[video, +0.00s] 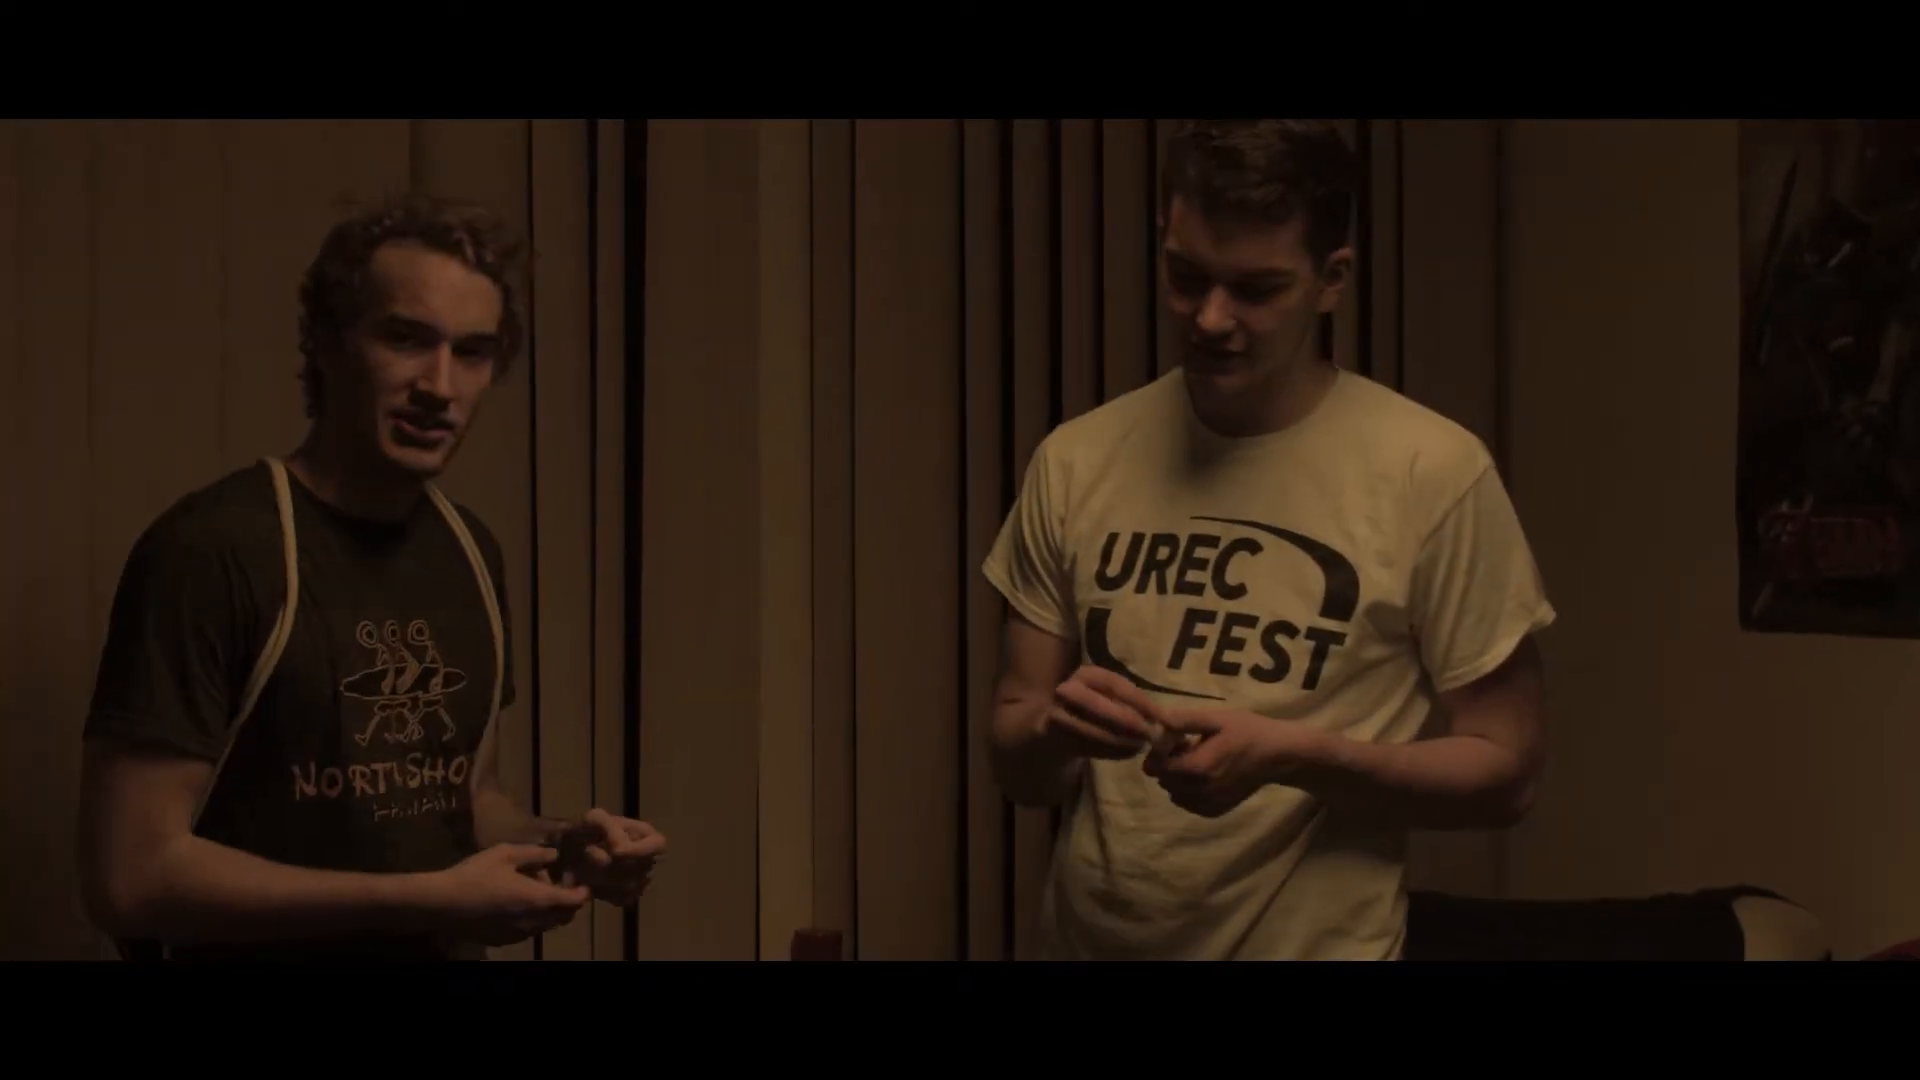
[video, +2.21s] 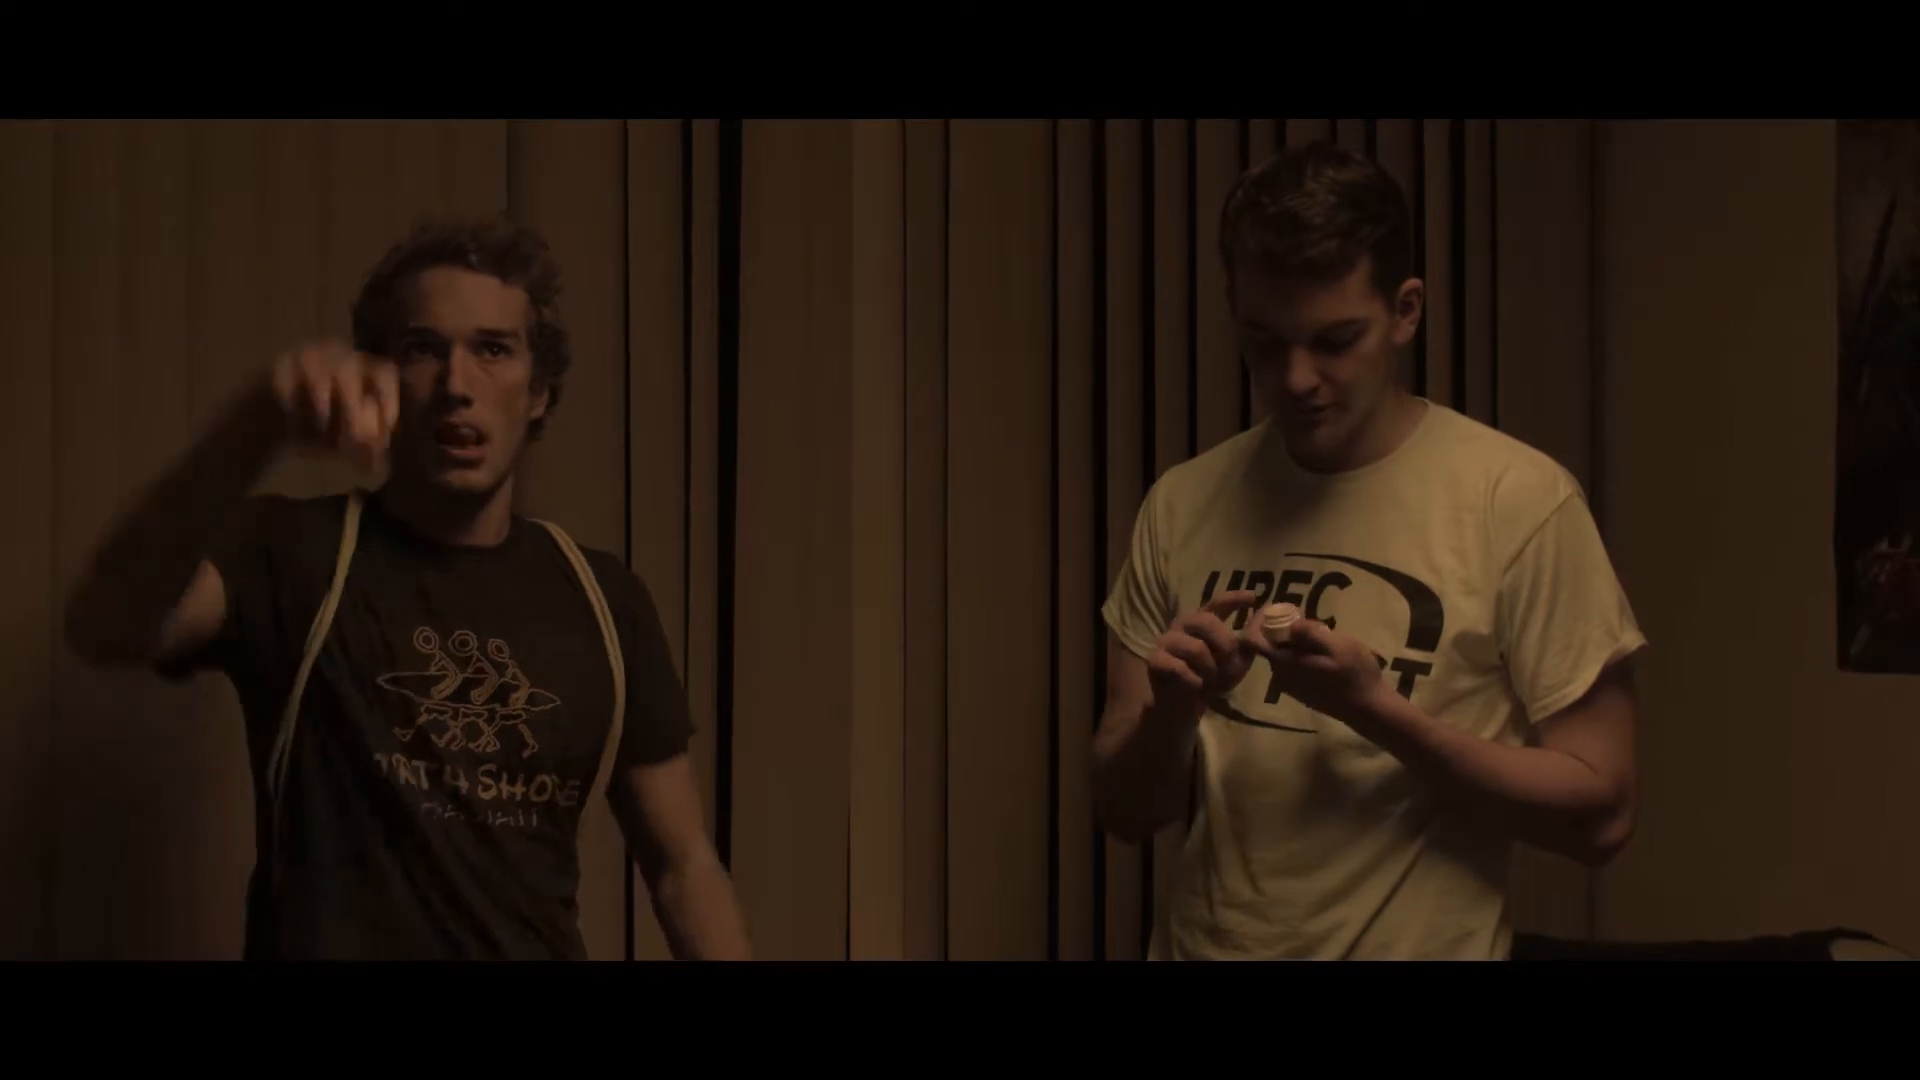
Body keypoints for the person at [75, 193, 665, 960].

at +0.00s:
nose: (441, 384)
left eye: (471, 352)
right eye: (405, 338)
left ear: (493, 370)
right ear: (326, 345)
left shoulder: (469, 553)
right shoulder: (208, 552)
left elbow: (467, 795)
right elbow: (133, 872)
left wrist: (554, 853)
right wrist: (439, 900)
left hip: (430, 954)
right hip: (250, 959)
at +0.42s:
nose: (501, 357)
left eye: (536, 324)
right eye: (468, 317)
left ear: (567, 351)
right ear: (403, 338)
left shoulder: (592, 548)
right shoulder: (293, 541)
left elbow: (612, 784)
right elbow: (205, 838)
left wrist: (664, 853)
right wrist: (478, 932)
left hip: (555, 947)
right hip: (348, 951)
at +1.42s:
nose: (509, 374)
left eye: (541, 341)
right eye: (472, 338)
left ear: (572, 380)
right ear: (408, 374)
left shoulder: (596, 582)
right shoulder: (306, 578)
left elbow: (599, 824)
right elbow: (224, 863)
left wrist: (649, 895)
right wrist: (461, 788)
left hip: (558, 948)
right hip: (371, 948)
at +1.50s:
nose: (498, 381)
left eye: (532, 347)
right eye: (463, 344)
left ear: (565, 385)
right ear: (404, 379)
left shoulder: (595, 586)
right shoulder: (300, 578)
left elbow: (605, 830)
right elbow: (218, 871)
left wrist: (651, 905)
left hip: (556, 946)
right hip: (365, 945)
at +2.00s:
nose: (453, 380)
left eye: (488, 349)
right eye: (421, 348)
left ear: (532, 396)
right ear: (375, 392)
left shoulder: (593, 594)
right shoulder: (275, 571)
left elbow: (669, 838)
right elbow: (192, 815)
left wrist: (709, 919)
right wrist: (309, 653)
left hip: (544, 948)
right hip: (338, 946)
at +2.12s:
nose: (453, 383)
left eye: (488, 351)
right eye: (419, 349)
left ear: (536, 393)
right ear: (373, 387)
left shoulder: (600, 596)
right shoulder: (291, 563)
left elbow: (684, 854)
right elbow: (136, 722)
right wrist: (294, 536)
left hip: (540, 948)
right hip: (332, 948)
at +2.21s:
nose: (456, 383)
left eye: (492, 351)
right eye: (424, 350)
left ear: (538, 391)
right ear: (372, 379)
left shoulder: (603, 596)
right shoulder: (295, 554)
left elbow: (679, 863)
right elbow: (107, 625)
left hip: (535, 951)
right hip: (324, 949)